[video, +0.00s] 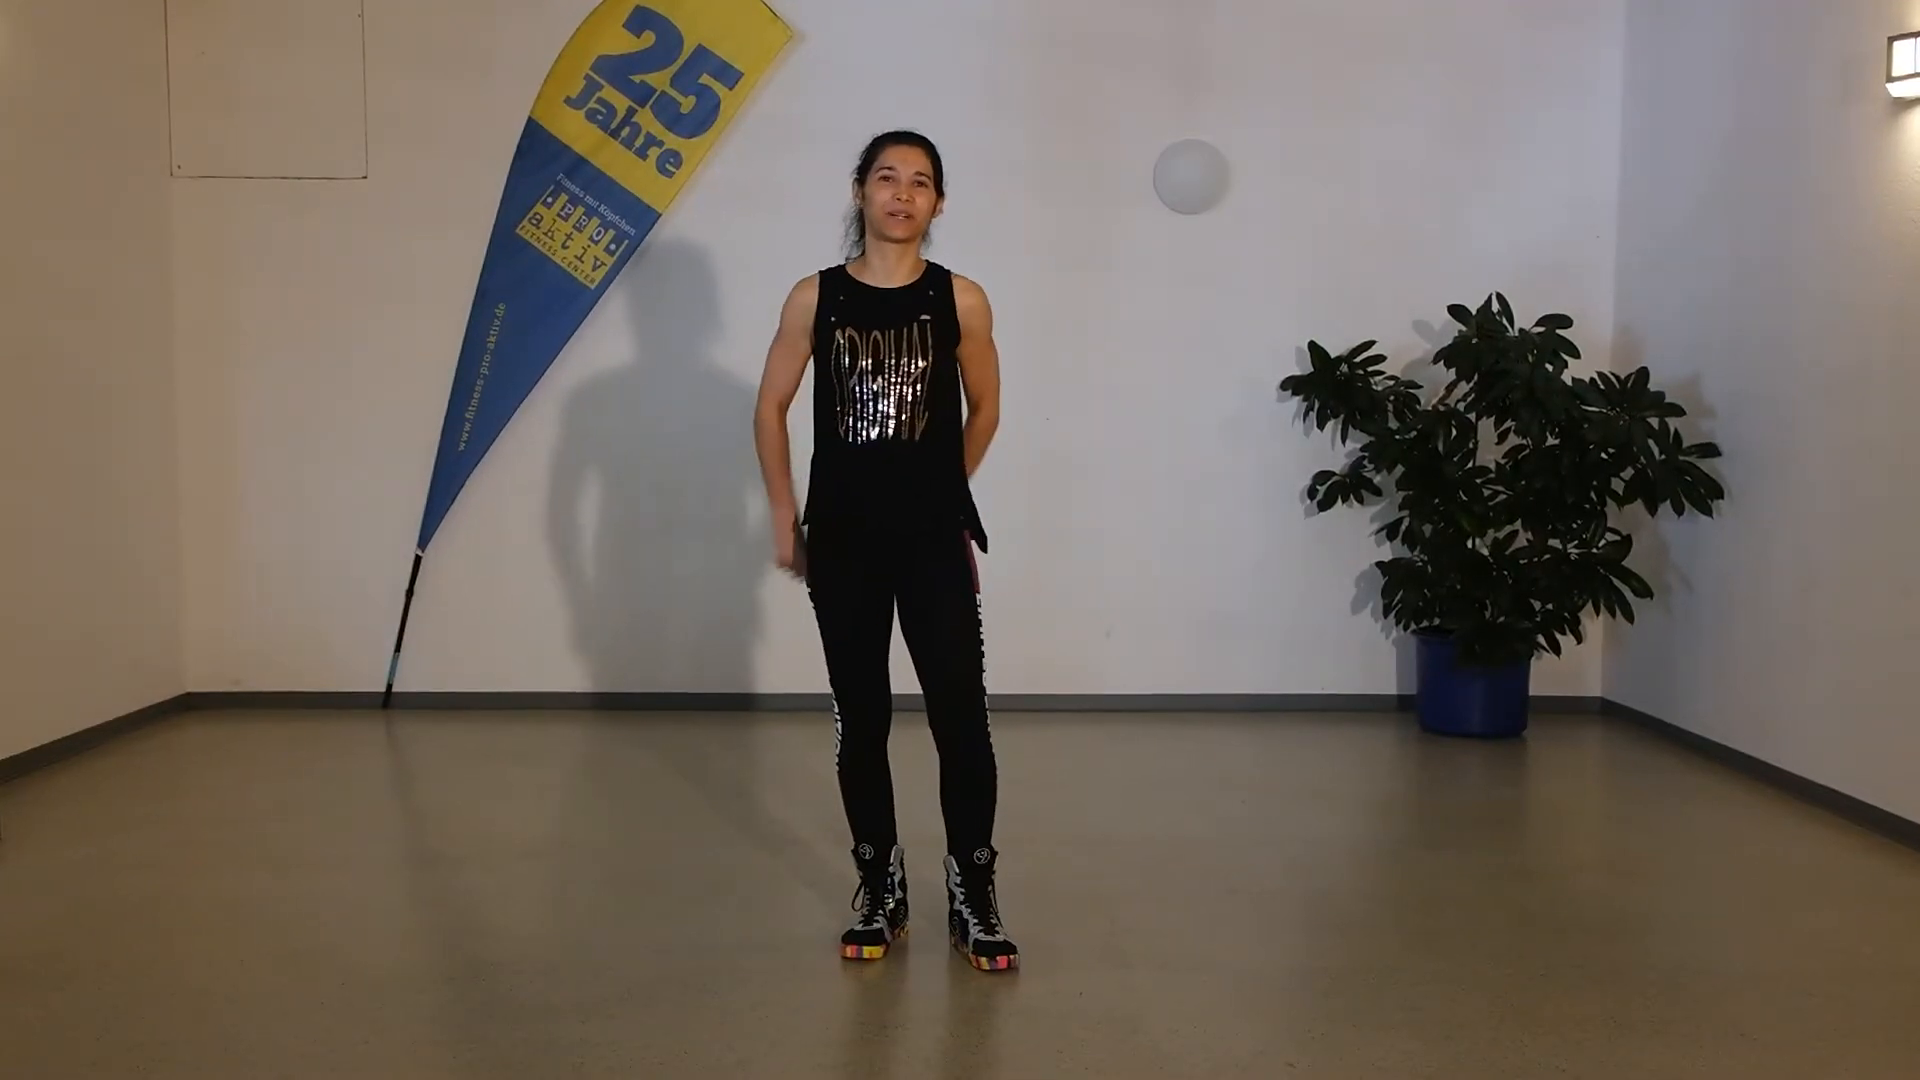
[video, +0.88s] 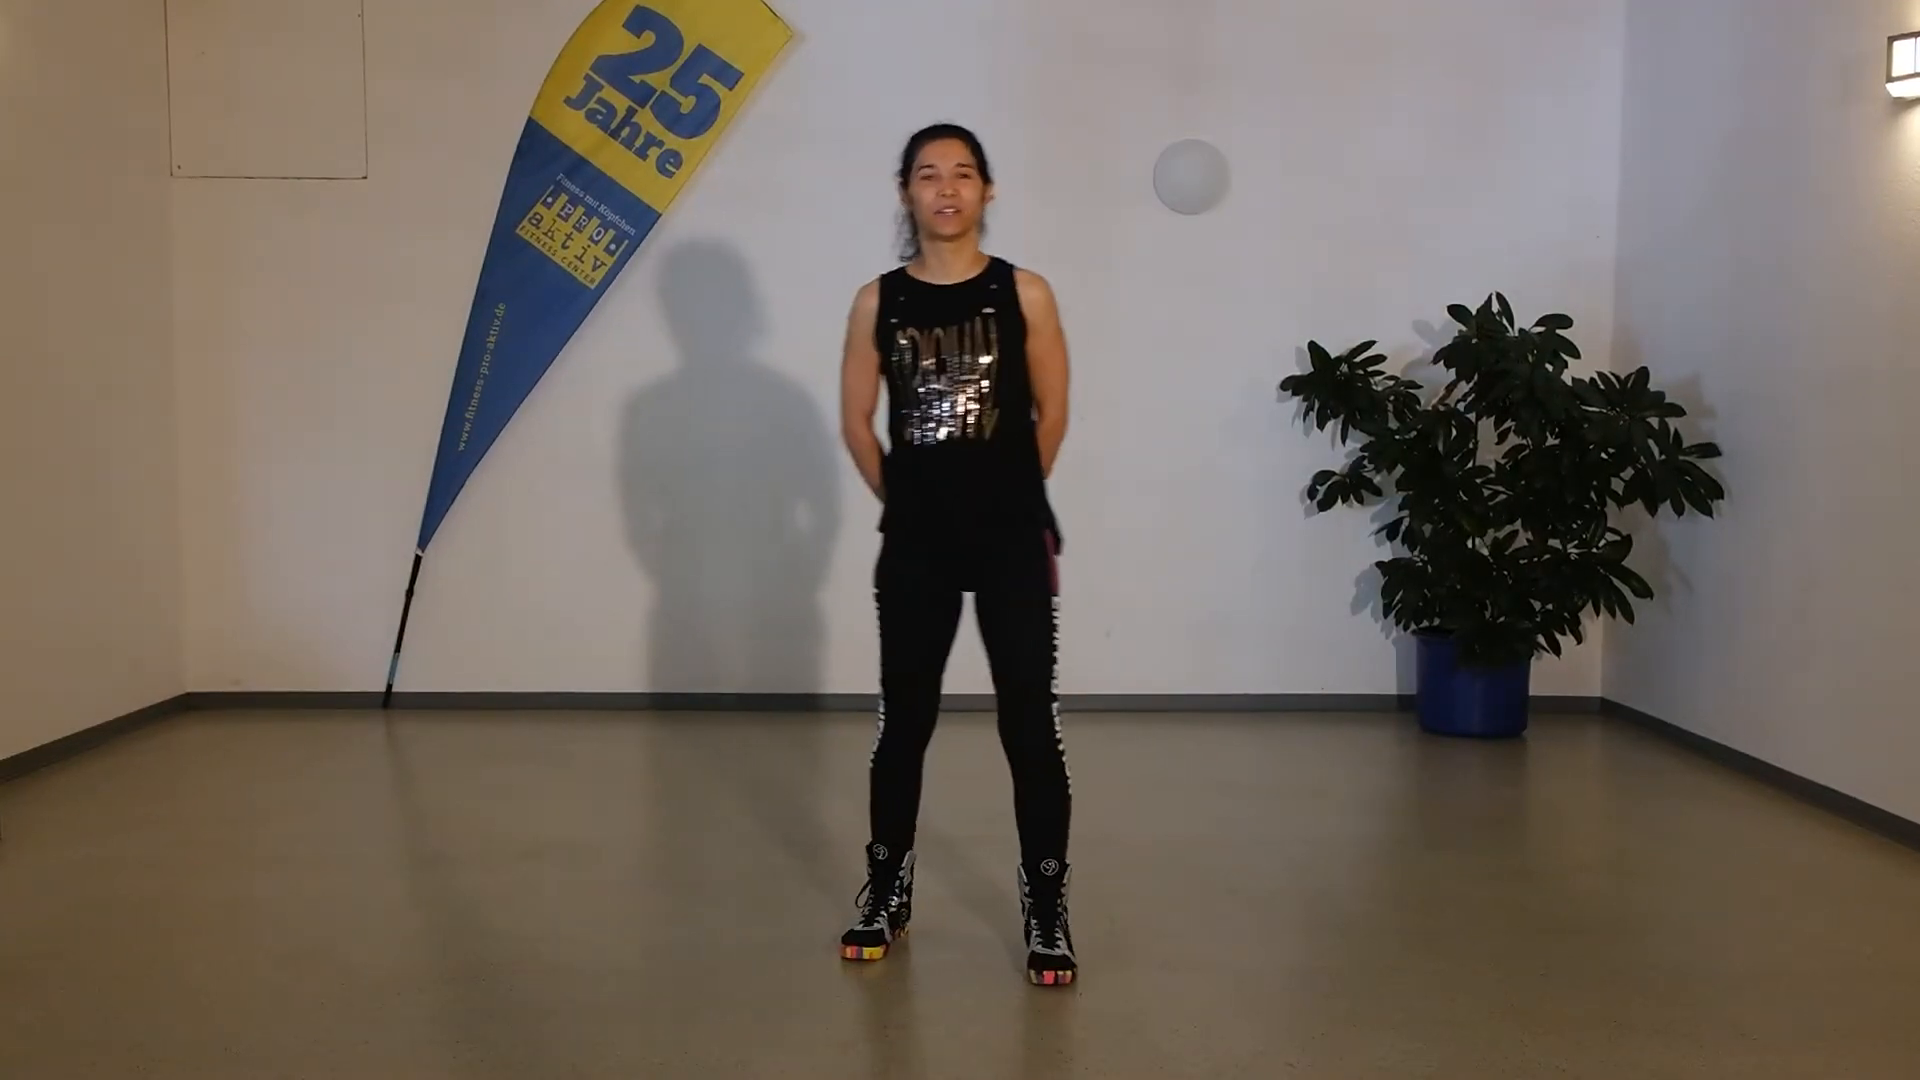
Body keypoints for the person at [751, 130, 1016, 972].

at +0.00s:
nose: (901, 192)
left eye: (918, 183)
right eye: (887, 178)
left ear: (936, 205)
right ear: (859, 194)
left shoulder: (961, 300)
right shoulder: (815, 297)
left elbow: (986, 411)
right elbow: (770, 411)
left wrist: (949, 487)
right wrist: (786, 519)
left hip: (933, 533)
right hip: (842, 535)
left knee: (961, 717)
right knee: (861, 721)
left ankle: (973, 895)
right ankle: (879, 888)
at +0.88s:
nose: (946, 188)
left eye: (961, 174)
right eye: (928, 176)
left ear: (985, 192)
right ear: (906, 196)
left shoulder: (1025, 292)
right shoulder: (878, 301)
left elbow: (1053, 413)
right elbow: (856, 424)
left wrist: (1017, 492)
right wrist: (902, 503)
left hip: (1010, 529)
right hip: (919, 530)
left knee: (1029, 725)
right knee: (904, 719)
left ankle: (1046, 910)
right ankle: (884, 893)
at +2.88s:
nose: (927, 199)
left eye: (942, 184)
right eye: (910, 189)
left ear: (971, 199)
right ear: (894, 209)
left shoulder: (1006, 307)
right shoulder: (864, 299)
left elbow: (1023, 428)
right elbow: (833, 418)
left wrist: (977, 507)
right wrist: (867, 500)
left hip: (969, 532)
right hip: (878, 533)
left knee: (1000, 716)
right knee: (895, 716)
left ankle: (1006, 899)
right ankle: (911, 888)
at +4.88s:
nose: (926, 193)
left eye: (942, 183)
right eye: (910, 182)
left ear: (965, 205)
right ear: (887, 203)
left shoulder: (997, 300)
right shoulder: (852, 299)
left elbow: (1014, 421)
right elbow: (830, 423)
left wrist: (975, 500)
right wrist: (869, 505)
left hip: (969, 536)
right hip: (879, 538)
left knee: (998, 720)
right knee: (897, 719)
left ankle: (998, 902)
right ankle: (913, 885)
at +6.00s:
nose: (948, 213)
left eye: (966, 203)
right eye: (935, 198)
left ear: (989, 222)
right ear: (913, 211)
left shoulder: (1000, 327)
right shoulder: (860, 297)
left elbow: (1003, 445)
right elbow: (817, 411)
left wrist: (952, 515)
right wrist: (839, 498)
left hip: (944, 539)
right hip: (852, 534)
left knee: (980, 720)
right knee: (881, 720)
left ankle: (994, 903)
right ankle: (911, 889)